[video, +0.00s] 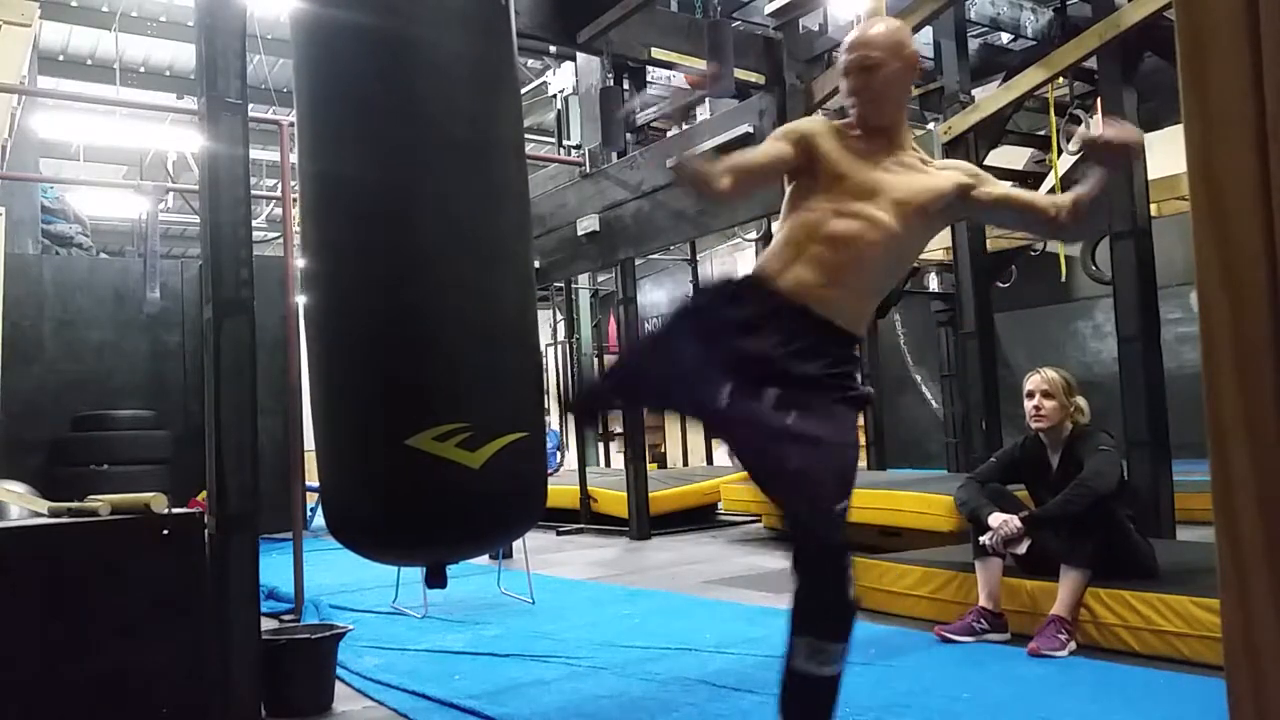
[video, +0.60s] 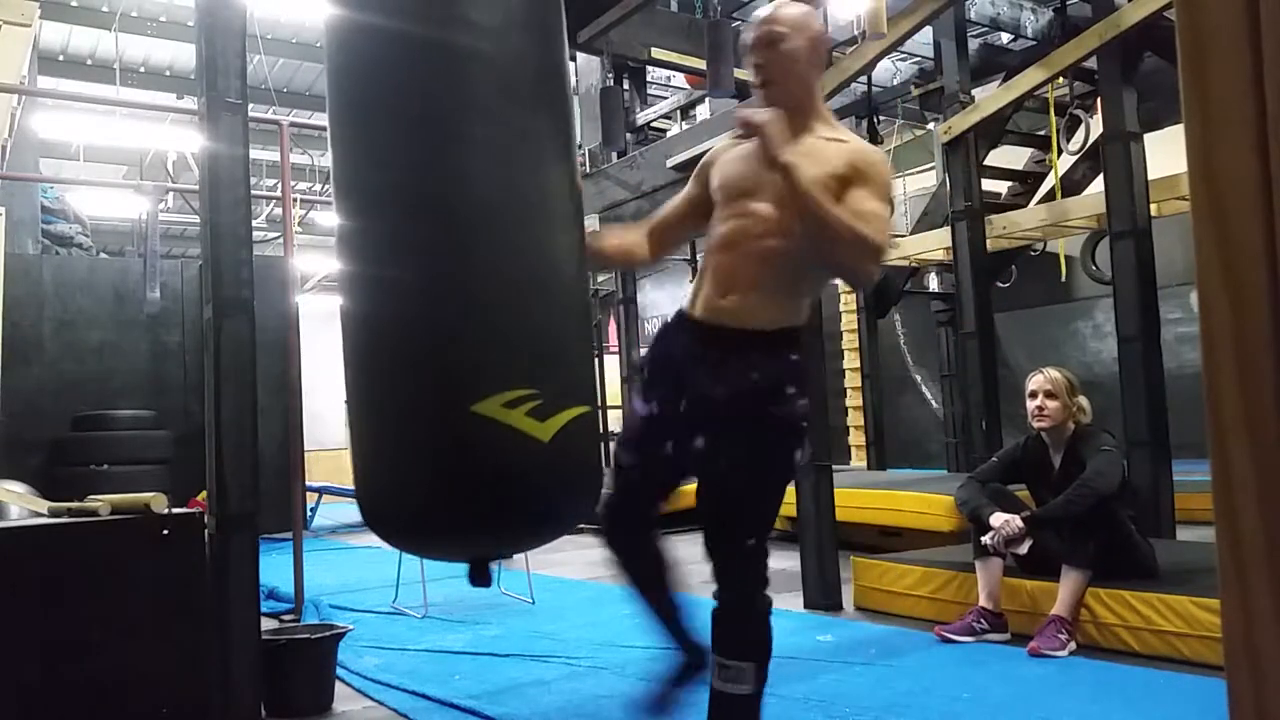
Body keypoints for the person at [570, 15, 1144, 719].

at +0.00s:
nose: (848, 78)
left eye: (865, 63)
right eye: (844, 65)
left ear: (912, 74)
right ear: (839, 74)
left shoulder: (951, 179)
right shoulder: (811, 137)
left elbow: (1067, 214)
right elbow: (721, 181)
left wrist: (1107, 167)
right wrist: (679, 146)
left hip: (821, 365)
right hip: (739, 320)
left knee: (823, 545)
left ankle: (804, 713)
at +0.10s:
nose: (891, 97)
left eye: (908, 84)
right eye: (883, 82)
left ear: (939, 93)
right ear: (870, 84)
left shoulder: (942, 194)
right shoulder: (824, 140)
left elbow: (1019, 222)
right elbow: (714, 199)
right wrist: (613, 233)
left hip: (796, 356)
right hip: (736, 276)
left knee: (811, 539)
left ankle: (789, 713)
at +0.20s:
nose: (883, 94)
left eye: (900, 82)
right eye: (882, 79)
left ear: (933, 103)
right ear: (871, 85)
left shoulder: (944, 222)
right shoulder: (820, 137)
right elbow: (729, 201)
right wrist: (644, 218)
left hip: (764, 354)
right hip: (701, 263)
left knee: (767, 541)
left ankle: (762, 714)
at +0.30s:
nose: (859, 89)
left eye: (878, 77)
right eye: (855, 72)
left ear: (924, 82)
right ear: (843, 73)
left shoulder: (928, 199)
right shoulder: (801, 131)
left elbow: (860, 247)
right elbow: (721, 182)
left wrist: (839, 121)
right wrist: (644, 165)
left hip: (763, 364)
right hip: (688, 286)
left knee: (754, 572)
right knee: (549, 284)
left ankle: (748, 714)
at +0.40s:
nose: (827, 70)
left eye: (846, 59)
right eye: (824, 57)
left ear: (891, 68)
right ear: (816, 63)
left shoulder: (917, 181)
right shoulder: (779, 136)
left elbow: (876, 249)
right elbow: (674, 180)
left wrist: (834, 131)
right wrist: (589, 138)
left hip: (772, 365)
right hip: (687, 308)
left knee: (751, 572)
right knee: (544, 368)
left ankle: (741, 715)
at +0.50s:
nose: (798, 50)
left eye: (818, 40)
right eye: (792, 38)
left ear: (862, 55)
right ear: (780, 53)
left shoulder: (893, 170)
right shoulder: (750, 149)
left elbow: (891, 257)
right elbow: (651, 202)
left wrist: (824, 147)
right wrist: (569, 167)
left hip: (771, 368)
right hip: (686, 331)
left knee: (747, 574)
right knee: (567, 464)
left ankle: (740, 716)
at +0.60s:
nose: (755, 54)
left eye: (774, 40)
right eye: (751, 44)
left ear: (822, 53)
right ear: (746, 59)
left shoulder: (857, 158)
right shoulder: (727, 154)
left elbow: (863, 263)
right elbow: (648, 241)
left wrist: (784, 161)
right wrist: (566, 239)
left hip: (767, 367)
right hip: (685, 354)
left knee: (738, 556)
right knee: (623, 520)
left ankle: (733, 711)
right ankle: (693, 648)